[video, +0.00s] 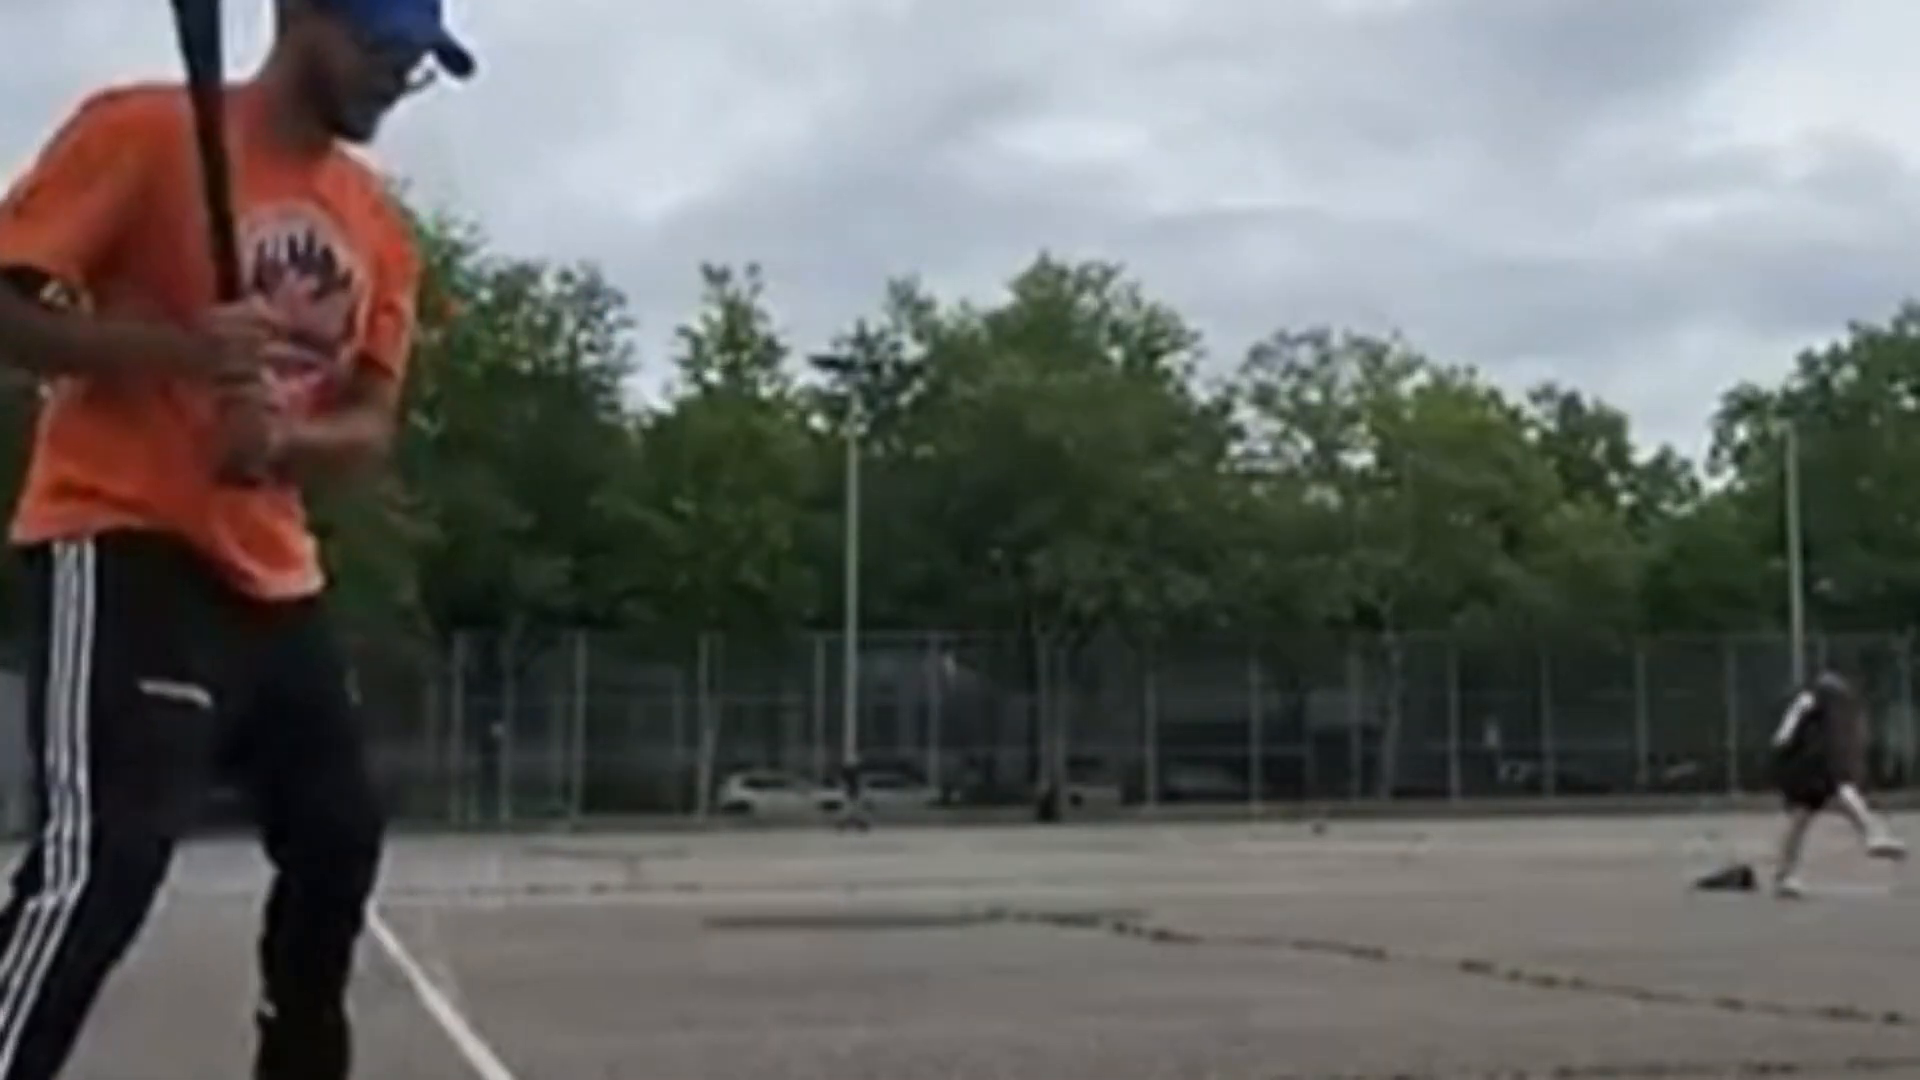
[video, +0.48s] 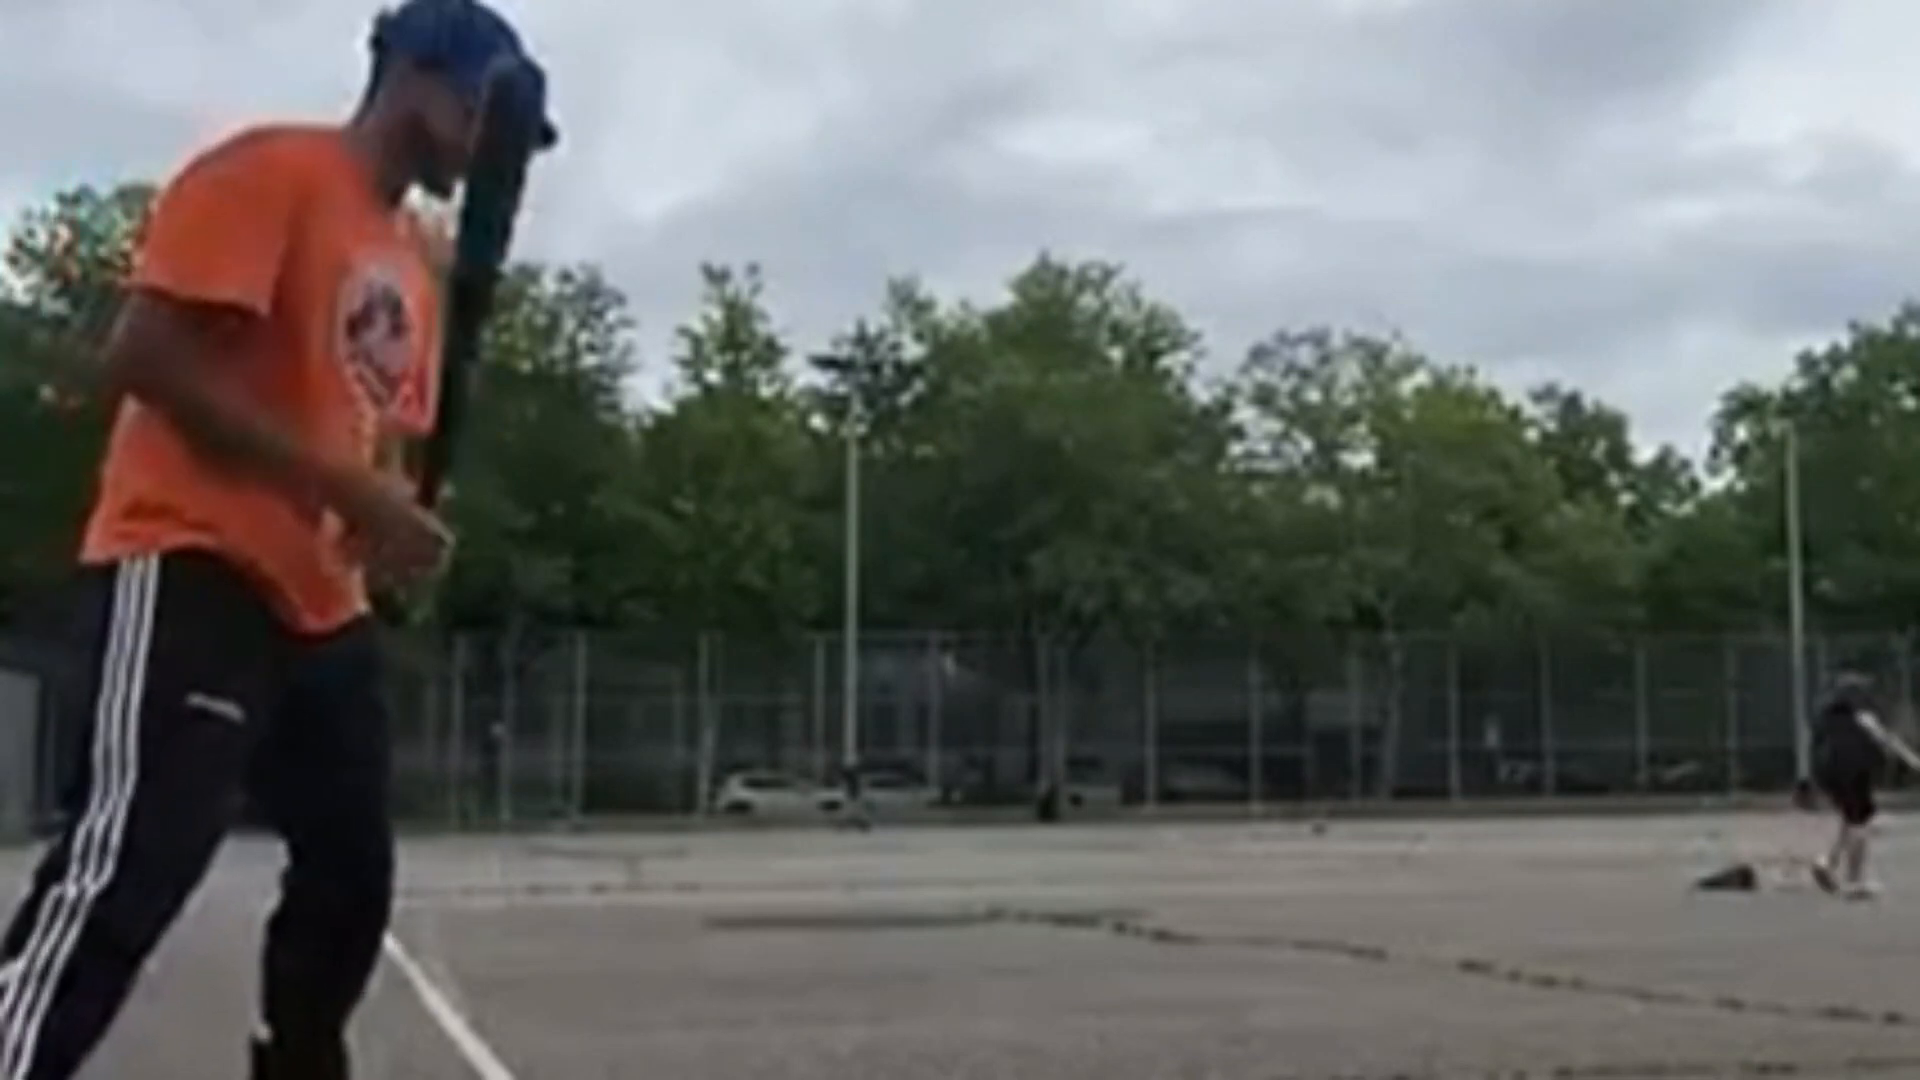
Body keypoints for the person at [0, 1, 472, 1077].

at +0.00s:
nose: (401, 74)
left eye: (414, 55)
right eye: (382, 43)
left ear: (412, 61)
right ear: (303, 20)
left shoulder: (381, 229)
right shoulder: (143, 132)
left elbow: (376, 423)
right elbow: (7, 308)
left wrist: (290, 441)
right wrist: (178, 346)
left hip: (268, 559)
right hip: (117, 531)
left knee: (336, 832)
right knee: (98, 861)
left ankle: (300, 1054)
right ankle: (14, 1058)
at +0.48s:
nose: (486, 134)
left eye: (496, 115)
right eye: (477, 101)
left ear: (455, 110)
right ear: (408, 73)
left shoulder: (419, 257)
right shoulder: (272, 167)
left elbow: (383, 437)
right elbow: (145, 347)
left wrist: (393, 515)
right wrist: (344, 492)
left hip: (317, 592)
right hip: (189, 562)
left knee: (347, 869)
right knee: (135, 851)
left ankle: (300, 1058)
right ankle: (24, 1055)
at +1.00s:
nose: (527, 157)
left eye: (538, 142)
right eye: (515, 125)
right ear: (441, 86)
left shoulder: (451, 316)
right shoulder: (282, 148)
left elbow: (448, 498)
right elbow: (109, 276)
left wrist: (501, 683)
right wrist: (93, 486)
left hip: (300, 602)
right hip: (170, 555)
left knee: (287, 876)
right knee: (112, 852)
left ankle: (262, 1040)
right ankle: (26, 1056)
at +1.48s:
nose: (196, 46)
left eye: (192, 22)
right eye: (175, 17)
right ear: (102, 20)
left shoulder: (168, 170)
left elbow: (302, 35)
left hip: (123, 577)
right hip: (36, 575)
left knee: (214, 890)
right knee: (210, 890)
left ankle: (216, 1066)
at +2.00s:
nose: (194, 92)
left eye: (194, 68)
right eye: (184, 64)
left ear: (176, 86)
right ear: (112, 62)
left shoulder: (176, 222)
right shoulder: (12, 174)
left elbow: (260, 160)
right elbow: (261, 161)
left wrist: (127, 28)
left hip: (100, 589)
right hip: (28, 590)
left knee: (304, 831)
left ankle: (311, 1059)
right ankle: (310, 1055)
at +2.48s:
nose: (254, 211)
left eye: (256, 183)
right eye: (245, 182)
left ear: (120, 154)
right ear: (183, 176)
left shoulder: (17, 231)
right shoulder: (188, 307)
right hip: (73, 659)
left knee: (179, 955)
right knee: (40, 1024)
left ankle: (290, 1065)